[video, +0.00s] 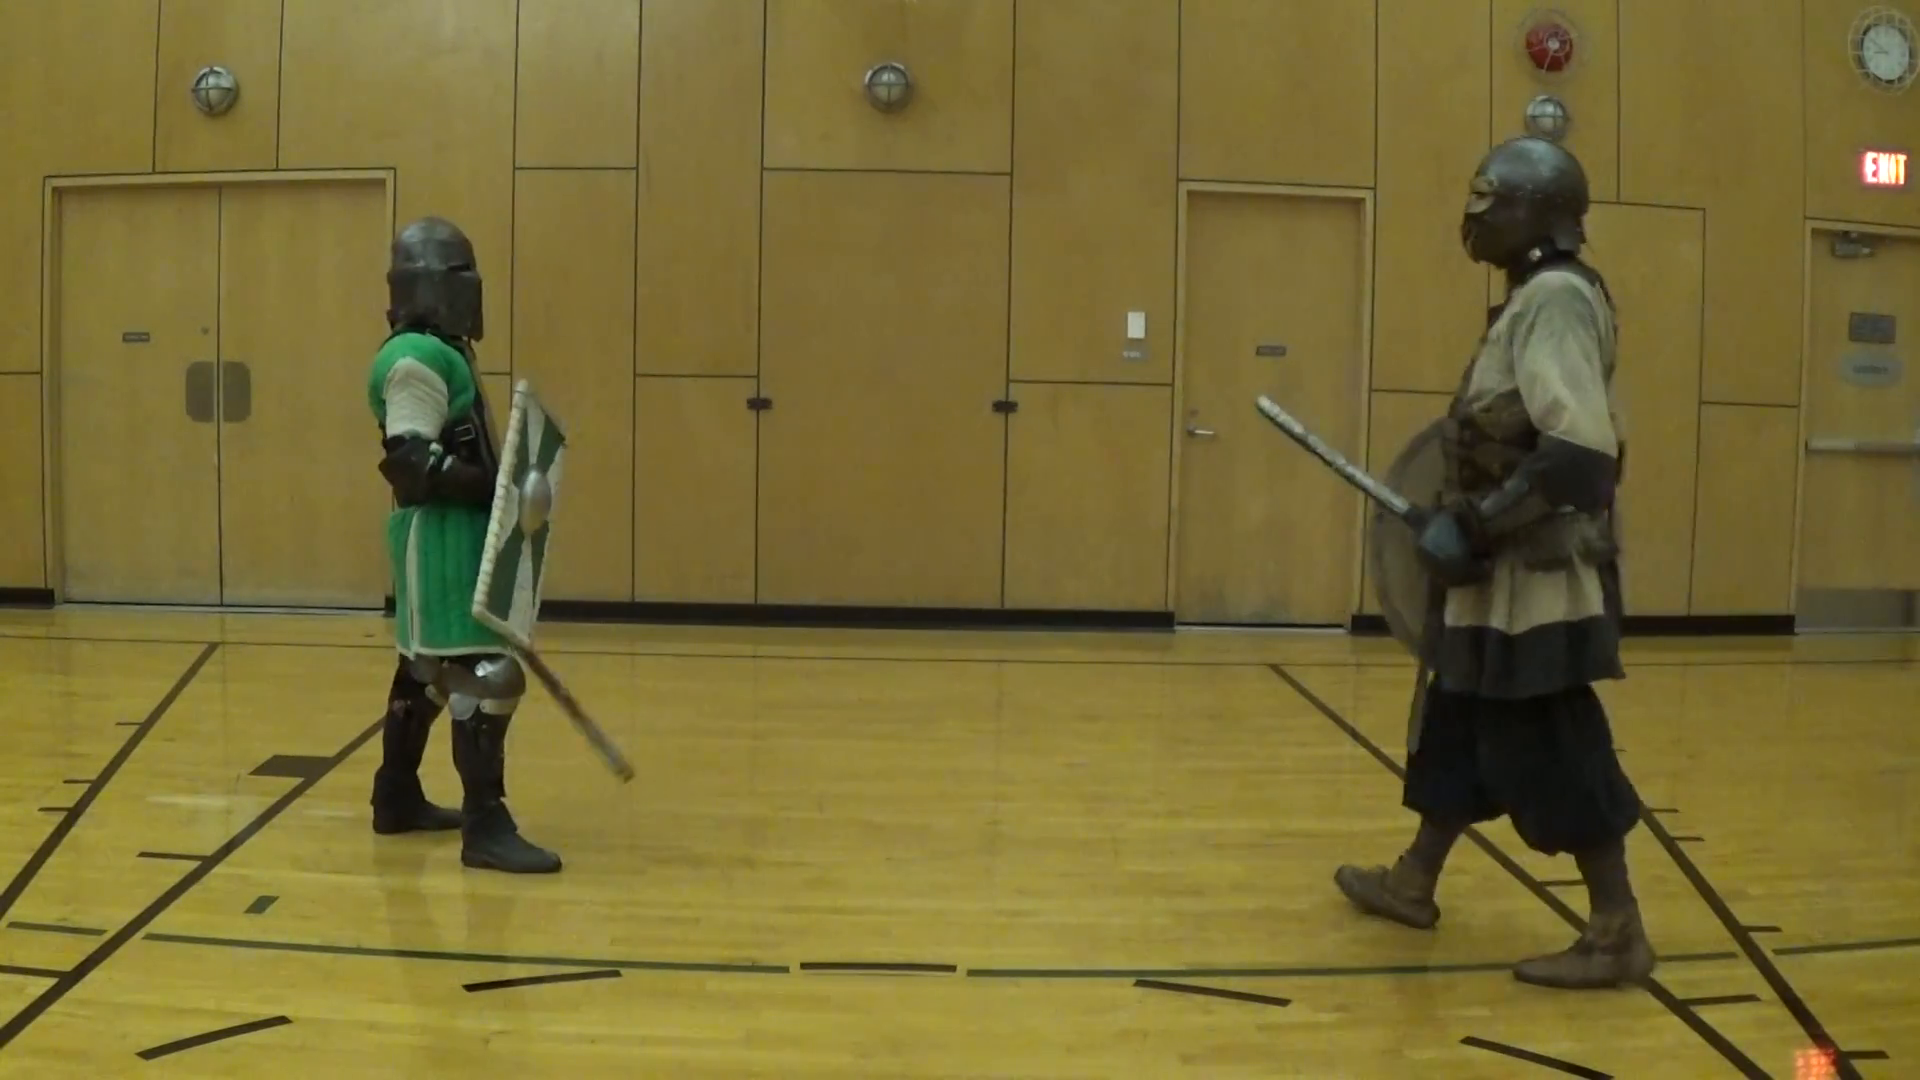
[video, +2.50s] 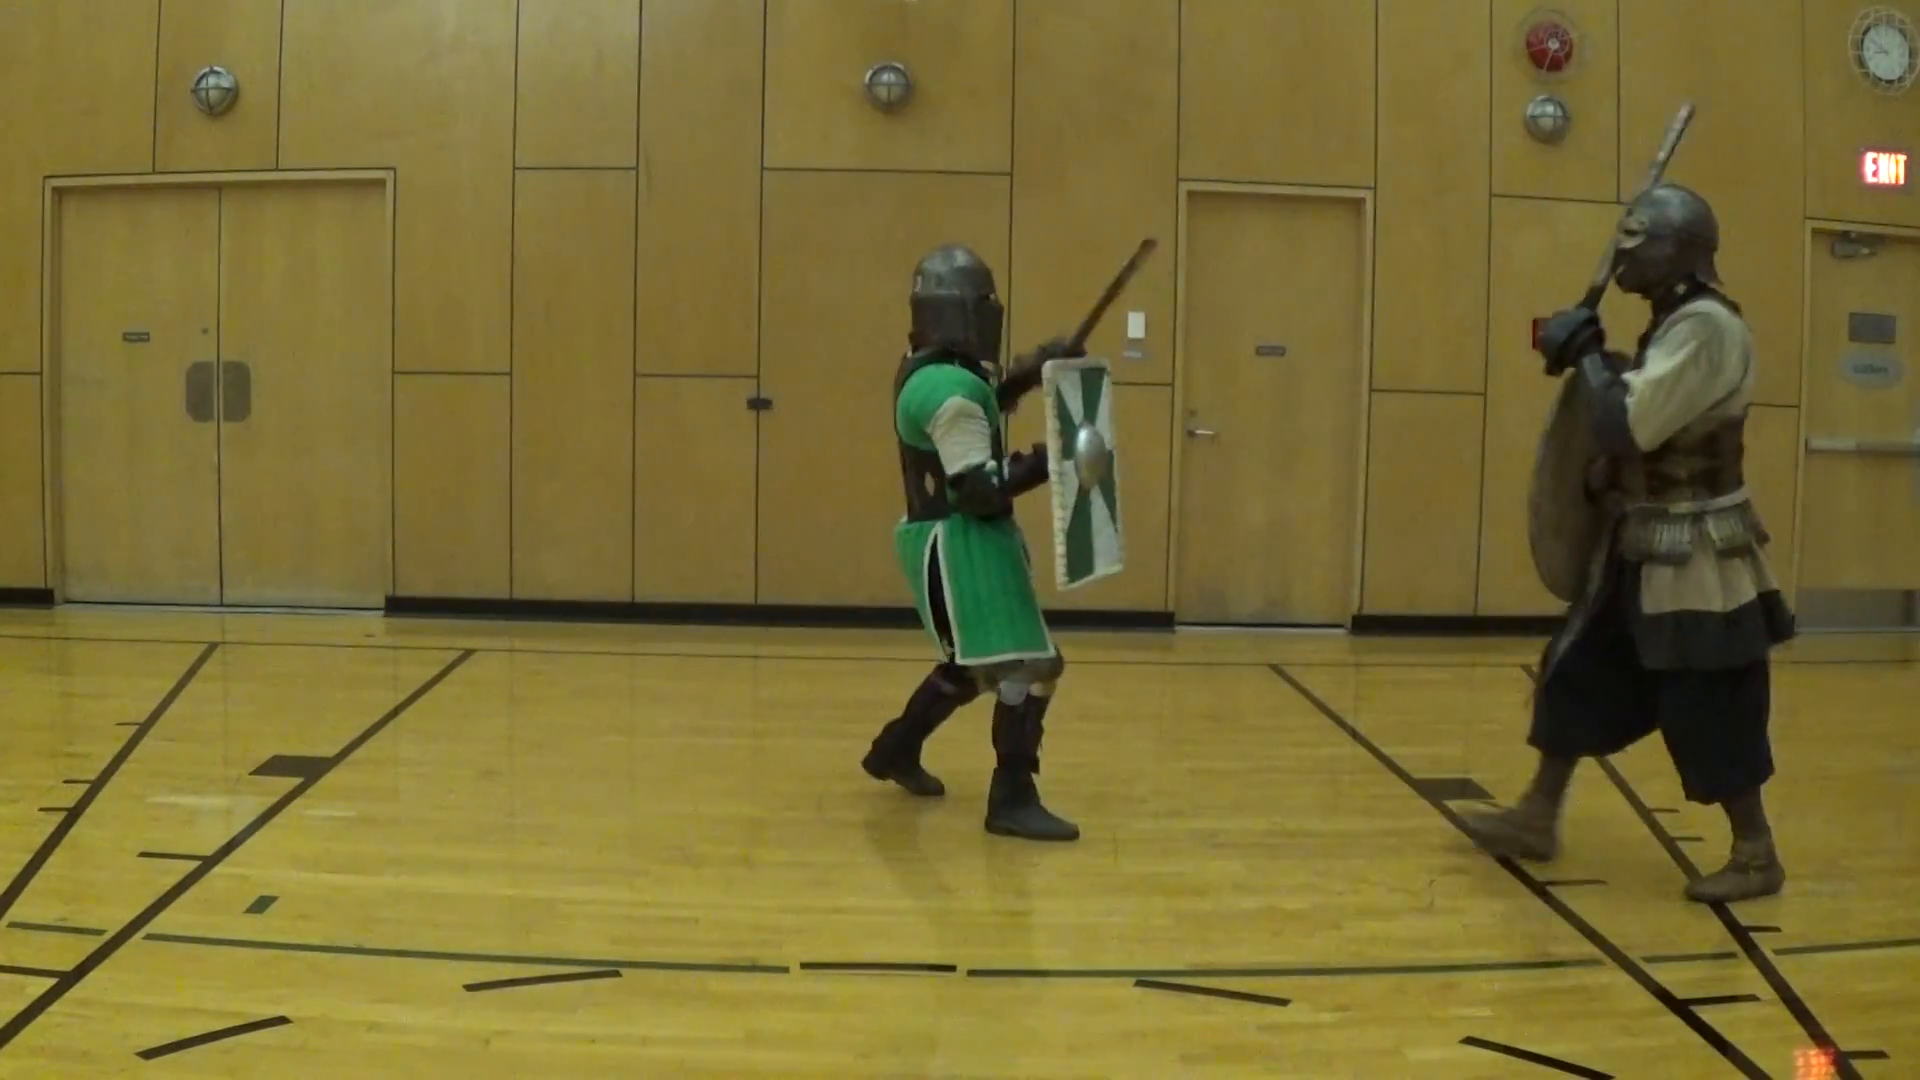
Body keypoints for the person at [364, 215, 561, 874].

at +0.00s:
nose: (472, 291)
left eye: (469, 278)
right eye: (462, 279)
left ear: (415, 289)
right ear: (435, 287)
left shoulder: (439, 354)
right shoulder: (417, 359)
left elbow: (451, 454)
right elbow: (412, 464)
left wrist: (507, 481)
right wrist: (504, 489)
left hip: (441, 528)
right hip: (443, 532)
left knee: (426, 662)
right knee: (488, 672)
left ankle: (397, 794)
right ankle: (487, 828)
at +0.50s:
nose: (498, 288)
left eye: (496, 276)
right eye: (484, 278)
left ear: (442, 294)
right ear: (448, 290)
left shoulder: (471, 361)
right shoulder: (433, 372)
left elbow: (506, 433)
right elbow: (466, 476)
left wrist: (551, 388)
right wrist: (549, 451)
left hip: (481, 530)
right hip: (465, 535)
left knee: (457, 673)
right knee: (507, 686)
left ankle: (403, 790)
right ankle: (488, 831)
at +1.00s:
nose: (556, 293)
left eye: (556, 280)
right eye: (544, 281)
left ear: (500, 290)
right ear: (507, 288)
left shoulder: (532, 355)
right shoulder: (486, 367)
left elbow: (600, 344)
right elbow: (549, 458)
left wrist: (628, 291)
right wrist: (618, 400)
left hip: (536, 527)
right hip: (508, 532)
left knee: (527, 674)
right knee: (559, 684)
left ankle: (474, 800)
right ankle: (501, 818)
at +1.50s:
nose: (698, 324)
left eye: (694, 312)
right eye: (689, 313)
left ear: (632, 320)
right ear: (664, 322)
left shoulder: (659, 380)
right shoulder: (629, 399)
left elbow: (725, 362)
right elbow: (687, 499)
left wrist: (762, 306)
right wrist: (755, 440)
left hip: (651, 562)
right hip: (653, 564)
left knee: (643, 702)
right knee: (719, 701)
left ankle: (514, 773)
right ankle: (695, 847)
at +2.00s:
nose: (922, 344)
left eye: (919, 335)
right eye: (914, 334)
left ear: (867, 336)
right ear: (892, 337)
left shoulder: (880, 394)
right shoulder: (861, 403)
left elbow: (923, 369)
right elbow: (916, 495)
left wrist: (960, 311)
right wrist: (995, 456)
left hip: (890, 556)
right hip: (861, 561)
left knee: (969, 672)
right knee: (952, 678)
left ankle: (903, 788)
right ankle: (879, 794)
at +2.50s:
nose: (993, 314)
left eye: (989, 304)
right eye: (984, 304)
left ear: (930, 314)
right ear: (963, 313)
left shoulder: (943, 375)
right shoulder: (948, 388)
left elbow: (991, 400)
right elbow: (979, 491)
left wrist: (1037, 365)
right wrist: (1054, 460)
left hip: (946, 535)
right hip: (965, 540)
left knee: (976, 660)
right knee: (1033, 665)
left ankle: (897, 746)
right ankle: (1013, 800)